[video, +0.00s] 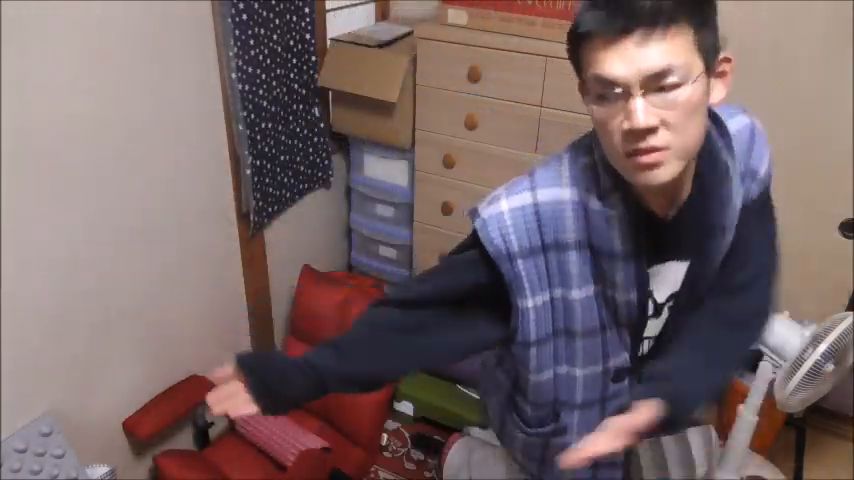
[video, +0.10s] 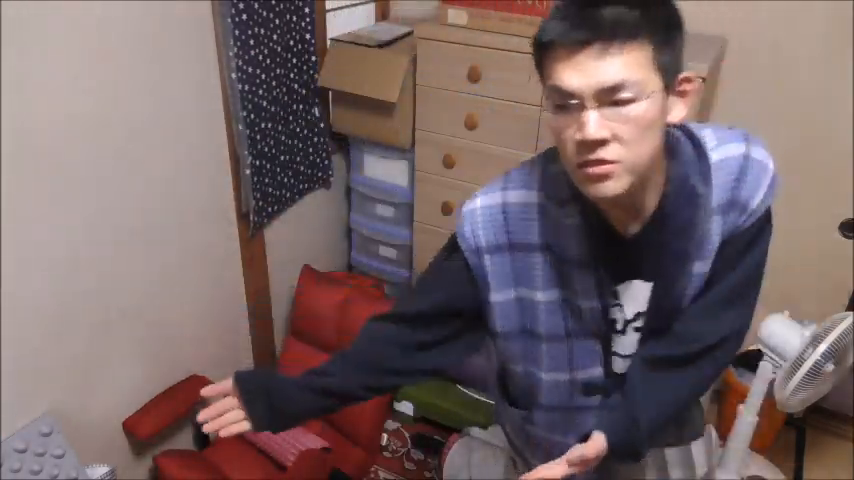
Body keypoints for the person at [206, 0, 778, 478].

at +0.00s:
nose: (638, 121)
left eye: (663, 86)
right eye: (609, 96)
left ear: (717, 80)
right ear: (586, 101)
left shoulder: (740, 152)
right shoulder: (531, 227)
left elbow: (741, 302)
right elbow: (413, 324)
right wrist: (286, 378)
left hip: (672, 422)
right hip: (554, 443)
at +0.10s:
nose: (590, 131)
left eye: (620, 101)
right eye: (566, 104)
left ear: (679, 101)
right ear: (545, 109)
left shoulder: (738, 176)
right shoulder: (498, 225)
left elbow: (708, 337)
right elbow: (405, 338)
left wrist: (618, 431)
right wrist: (285, 396)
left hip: (671, 439)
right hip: (531, 444)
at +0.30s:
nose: (505, 90)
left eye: (534, 63)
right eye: (489, 62)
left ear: (596, 68)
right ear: (473, 64)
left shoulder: (680, 189)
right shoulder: (470, 152)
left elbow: (734, 339)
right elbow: (427, 255)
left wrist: (728, 451)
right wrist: (406, 332)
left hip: (628, 444)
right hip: (515, 409)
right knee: (468, 470)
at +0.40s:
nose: (481, 65)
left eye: (514, 41)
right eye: (466, 37)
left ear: (574, 52)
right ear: (449, 38)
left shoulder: (644, 183)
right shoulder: (455, 127)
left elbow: (764, 310)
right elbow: (392, 178)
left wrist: (844, 375)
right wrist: (410, 229)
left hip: (606, 415)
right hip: (507, 375)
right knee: (465, 469)